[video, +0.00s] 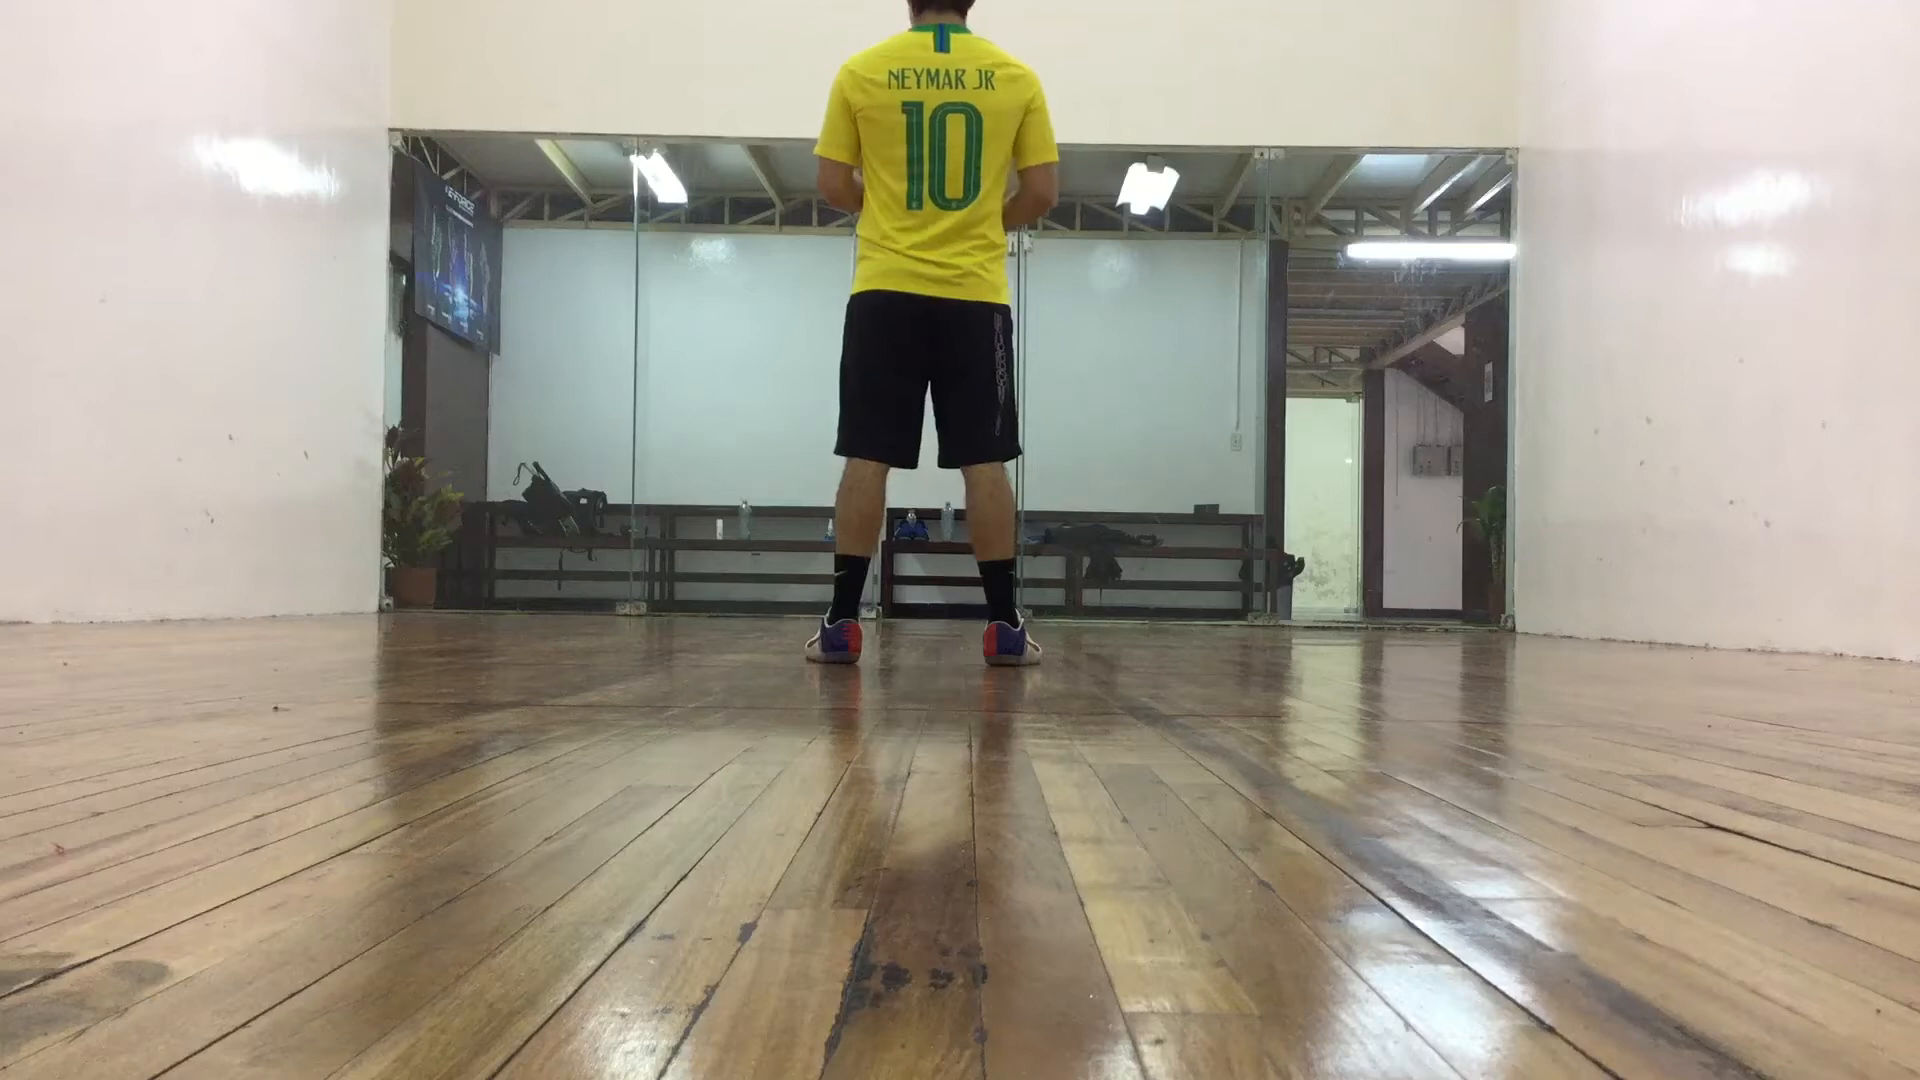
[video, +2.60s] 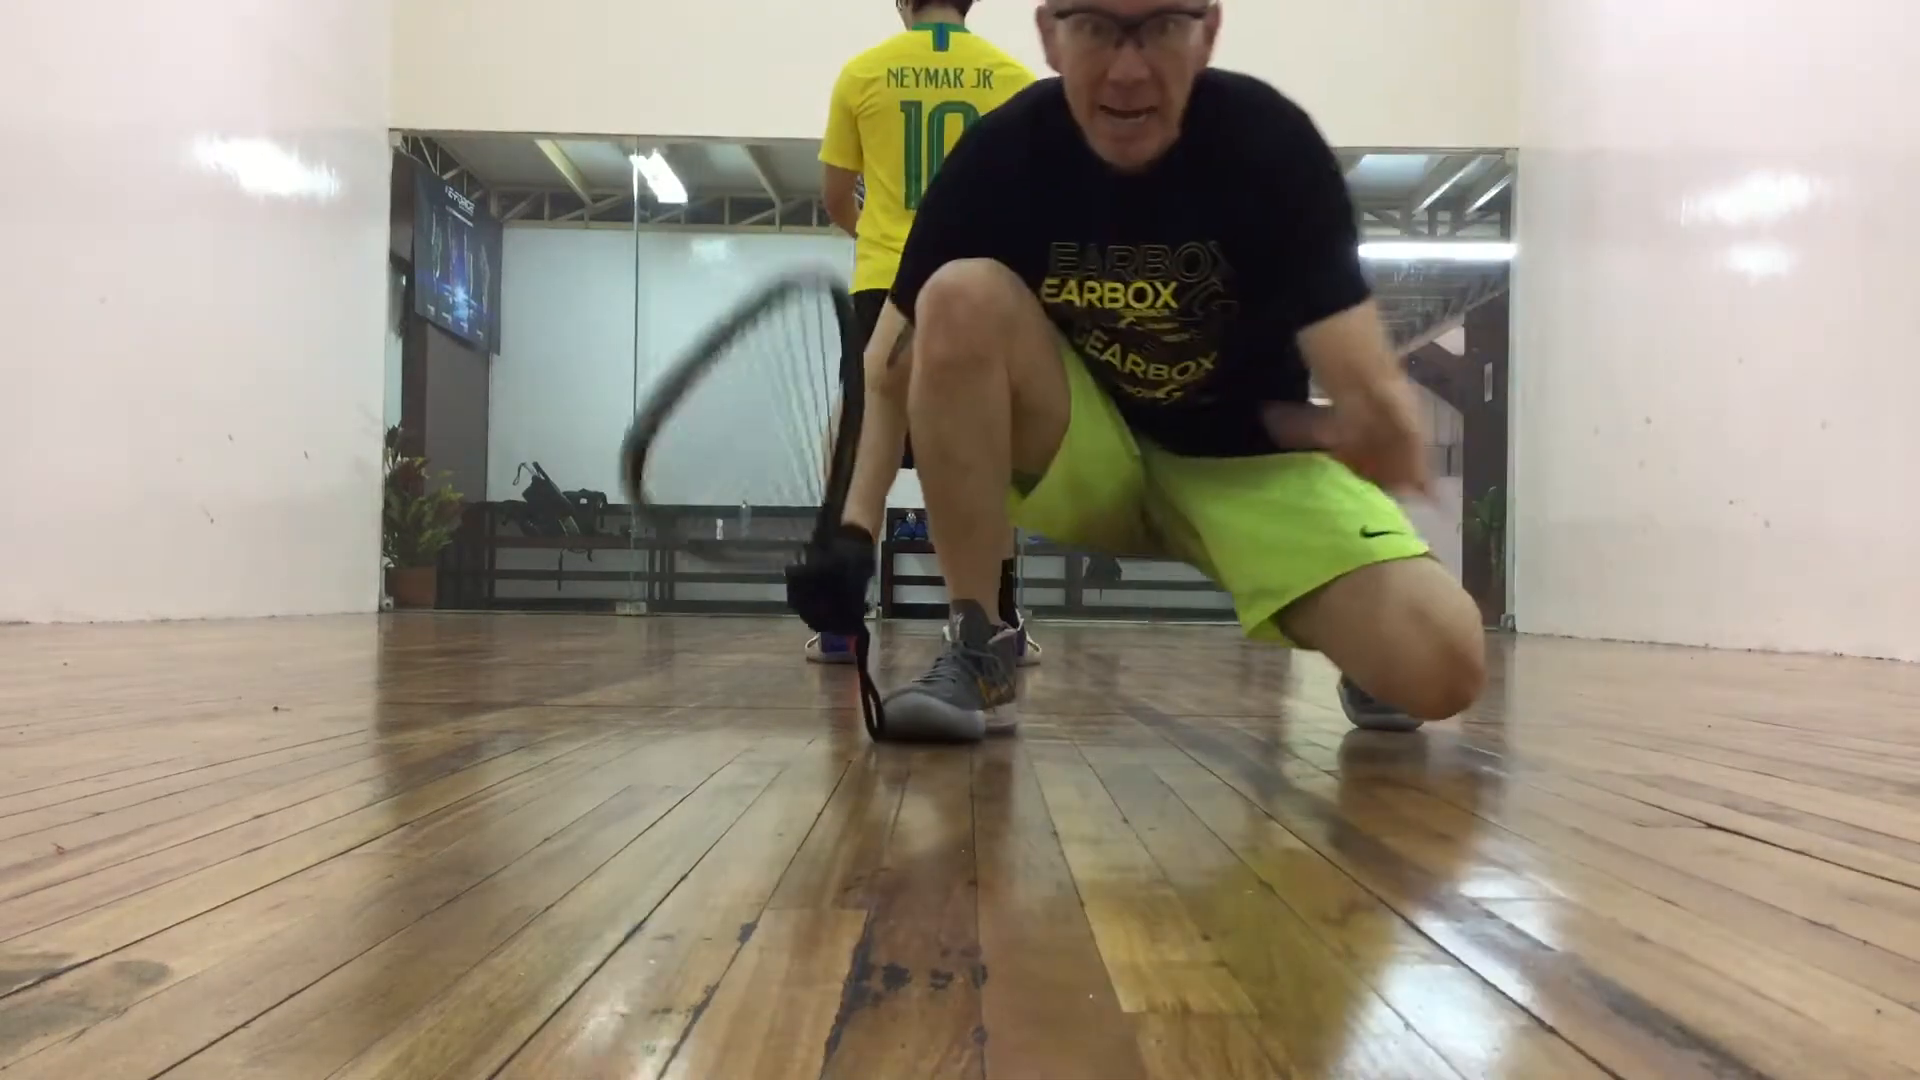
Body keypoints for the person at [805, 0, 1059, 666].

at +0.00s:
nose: (924, 12)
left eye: (913, 6)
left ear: (909, 4)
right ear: (970, 4)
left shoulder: (861, 71)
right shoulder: (1015, 76)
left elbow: (835, 186)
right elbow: (1041, 193)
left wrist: (887, 199)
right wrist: (983, 222)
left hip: (884, 298)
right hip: (974, 303)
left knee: (866, 458)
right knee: (985, 463)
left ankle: (842, 621)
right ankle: (1005, 625)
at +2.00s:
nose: (939, 10)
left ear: (906, 9)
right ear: (968, 9)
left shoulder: (861, 74)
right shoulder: (1011, 81)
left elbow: (845, 185)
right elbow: (1033, 202)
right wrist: (1029, 296)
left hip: (883, 300)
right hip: (976, 305)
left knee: (866, 460)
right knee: (986, 465)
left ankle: (842, 621)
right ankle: (998, 629)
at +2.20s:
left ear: (906, 3)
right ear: (968, 3)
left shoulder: (861, 74)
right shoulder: (1010, 65)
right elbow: (1037, 196)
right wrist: (1012, 254)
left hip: (884, 296)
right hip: (978, 300)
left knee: (866, 458)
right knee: (985, 459)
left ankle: (843, 620)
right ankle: (1000, 621)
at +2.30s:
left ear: (906, 6)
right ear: (969, 6)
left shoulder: (860, 75)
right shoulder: (1013, 75)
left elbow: (836, 197)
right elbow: (1043, 178)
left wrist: (875, 237)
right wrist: (1002, 242)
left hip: (895, 304)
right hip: (987, 306)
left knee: (867, 457)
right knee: (998, 456)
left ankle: (842, 622)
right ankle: (1000, 622)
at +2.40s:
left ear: (905, 7)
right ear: (969, 7)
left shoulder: (861, 74)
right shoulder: (1013, 76)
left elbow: (836, 194)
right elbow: (1038, 178)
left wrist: (866, 229)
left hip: (885, 291)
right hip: (982, 294)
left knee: (864, 452)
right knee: (991, 451)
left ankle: (840, 620)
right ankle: (999, 622)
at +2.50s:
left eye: (902, 13)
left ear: (903, 8)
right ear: (969, 8)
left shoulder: (861, 74)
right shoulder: (1015, 77)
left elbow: (835, 196)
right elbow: (1041, 182)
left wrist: (868, 245)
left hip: (887, 293)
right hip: (983, 293)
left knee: (854, 447)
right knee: (987, 445)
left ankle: (839, 619)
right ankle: (1000, 619)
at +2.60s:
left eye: (899, 10)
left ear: (904, 7)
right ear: (969, 8)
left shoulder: (862, 74)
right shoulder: (1015, 77)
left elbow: (837, 198)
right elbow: (1038, 182)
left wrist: (876, 233)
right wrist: (1004, 237)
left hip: (882, 286)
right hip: (982, 289)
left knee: (857, 443)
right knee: (985, 443)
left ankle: (836, 621)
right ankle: (1000, 620)